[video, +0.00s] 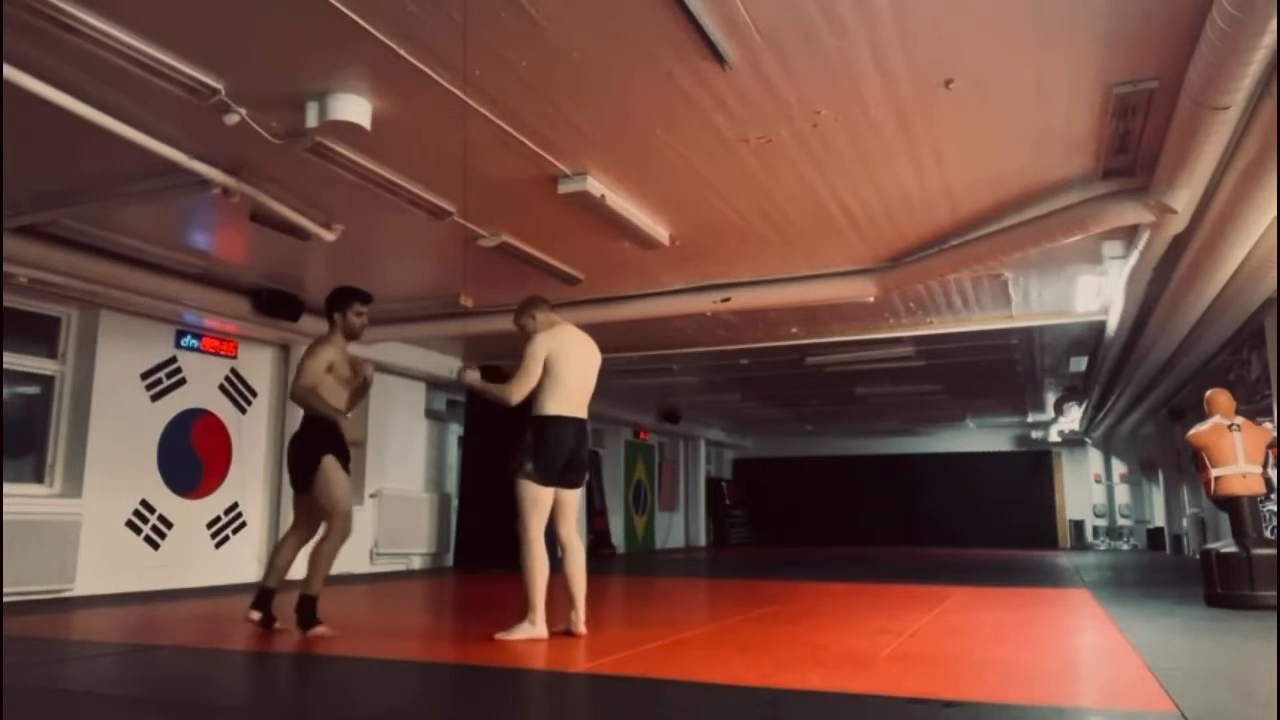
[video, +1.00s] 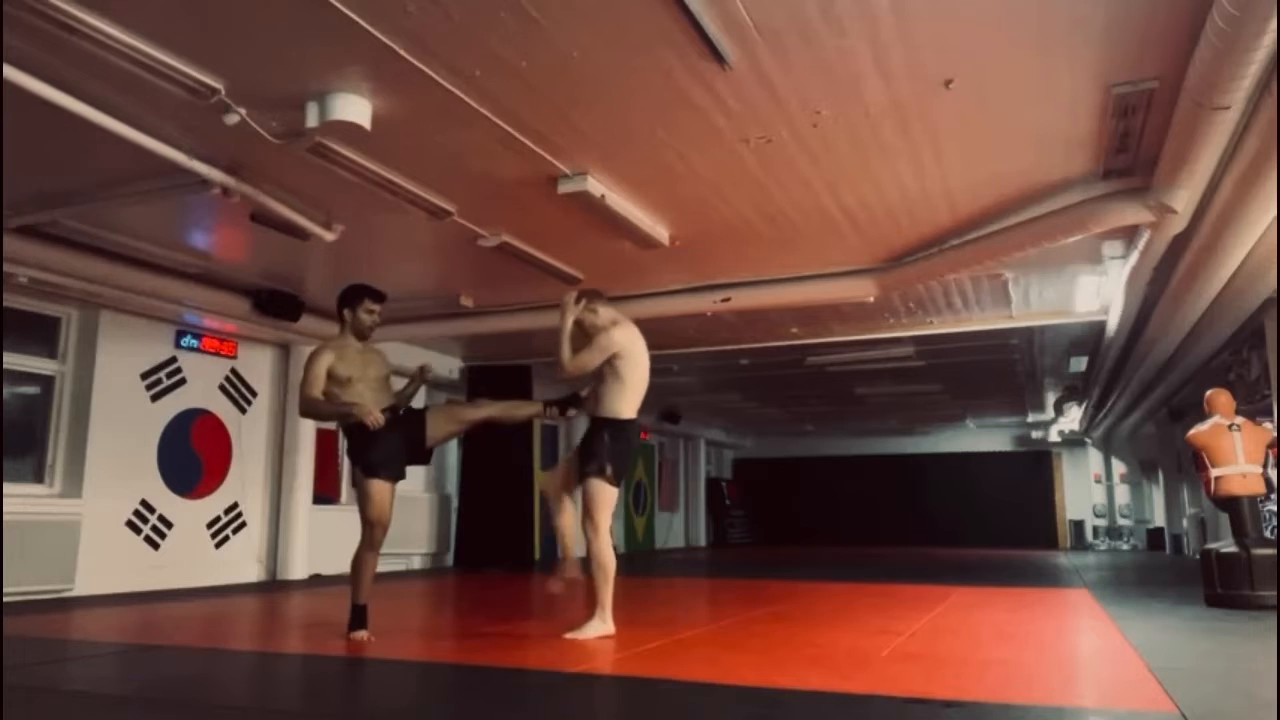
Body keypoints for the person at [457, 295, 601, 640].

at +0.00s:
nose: (526, 335)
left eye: (524, 329)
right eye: (523, 330)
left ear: (534, 316)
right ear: (549, 311)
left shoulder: (544, 340)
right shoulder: (590, 346)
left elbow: (514, 394)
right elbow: (571, 388)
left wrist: (477, 383)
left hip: (545, 436)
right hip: (578, 438)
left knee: (532, 532)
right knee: (570, 532)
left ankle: (536, 621)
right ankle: (579, 617)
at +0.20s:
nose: (531, 332)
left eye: (529, 326)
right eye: (528, 328)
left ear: (539, 314)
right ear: (555, 310)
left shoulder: (553, 335)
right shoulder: (592, 342)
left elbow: (502, 371)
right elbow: (564, 387)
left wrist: (484, 335)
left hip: (554, 434)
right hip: (585, 435)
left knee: (541, 531)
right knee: (579, 528)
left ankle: (536, 621)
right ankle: (605, 611)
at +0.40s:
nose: (544, 335)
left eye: (542, 328)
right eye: (542, 330)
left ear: (552, 317)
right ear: (561, 314)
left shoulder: (575, 339)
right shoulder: (592, 342)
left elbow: (530, 375)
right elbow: (556, 399)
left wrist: (525, 332)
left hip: (575, 437)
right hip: (596, 437)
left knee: (541, 523)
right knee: (594, 529)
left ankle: (551, 616)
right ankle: (613, 616)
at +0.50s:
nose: (546, 336)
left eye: (545, 330)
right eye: (544, 330)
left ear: (554, 318)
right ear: (562, 314)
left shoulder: (581, 336)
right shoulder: (592, 339)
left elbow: (548, 382)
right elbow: (560, 397)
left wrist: (537, 339)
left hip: (582, 433)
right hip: (591, 433)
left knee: (568, 528)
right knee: (576, 529)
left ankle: (602, 609)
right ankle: (602, 608)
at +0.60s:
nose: (547, 335)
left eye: (545, 329)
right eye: (545, 330)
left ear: (554, 317)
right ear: (562, 313)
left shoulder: (581, 333)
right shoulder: (593, 337)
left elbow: (548, 381)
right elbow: (566, 397)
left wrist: (536, 340)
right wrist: (541, 394)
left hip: (590, 432)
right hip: (589, 431)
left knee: (590, 530)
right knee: (548, 497)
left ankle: (607, 618)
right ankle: (575, 573)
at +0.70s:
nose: (550, 335)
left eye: (548, 328)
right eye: (547, 329)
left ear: (556, 317)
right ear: (564, 312)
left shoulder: (585, 333)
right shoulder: (595, 335)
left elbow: (547, 377)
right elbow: (580, 397)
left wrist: (536, 333)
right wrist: (551, 414)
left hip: (598, 432)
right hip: (591, 430)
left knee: (593, 528)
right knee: (540, 456)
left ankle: (605, 617)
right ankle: (542, 538)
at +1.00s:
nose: (586, 329)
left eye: (585, 322)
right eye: (583, 324)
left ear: (594, 311)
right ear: (601, 308)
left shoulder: (617, 334)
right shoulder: (625, 333)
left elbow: (569, 366)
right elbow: (606, 391)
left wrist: (566, 321)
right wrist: (572, 405)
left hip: (612, 434)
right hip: (602, 431)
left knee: (597, 527)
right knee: (554, 484)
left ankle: (604, 618)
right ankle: (570, 563)